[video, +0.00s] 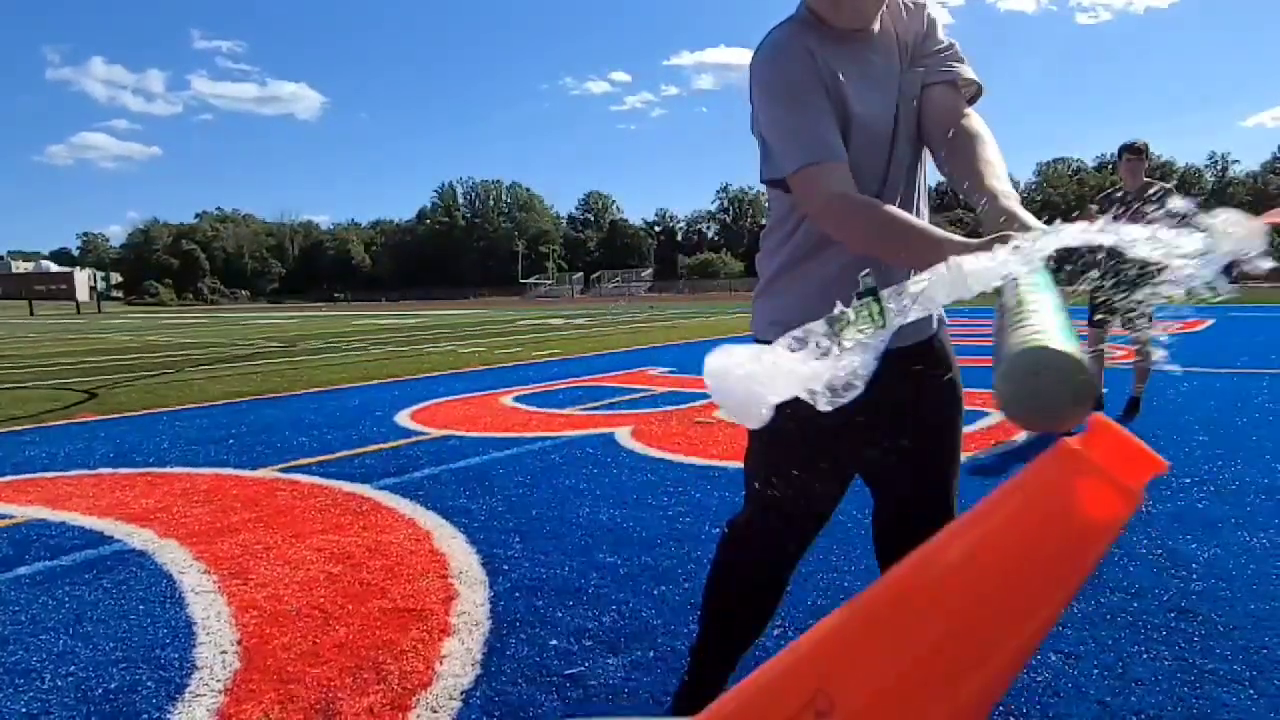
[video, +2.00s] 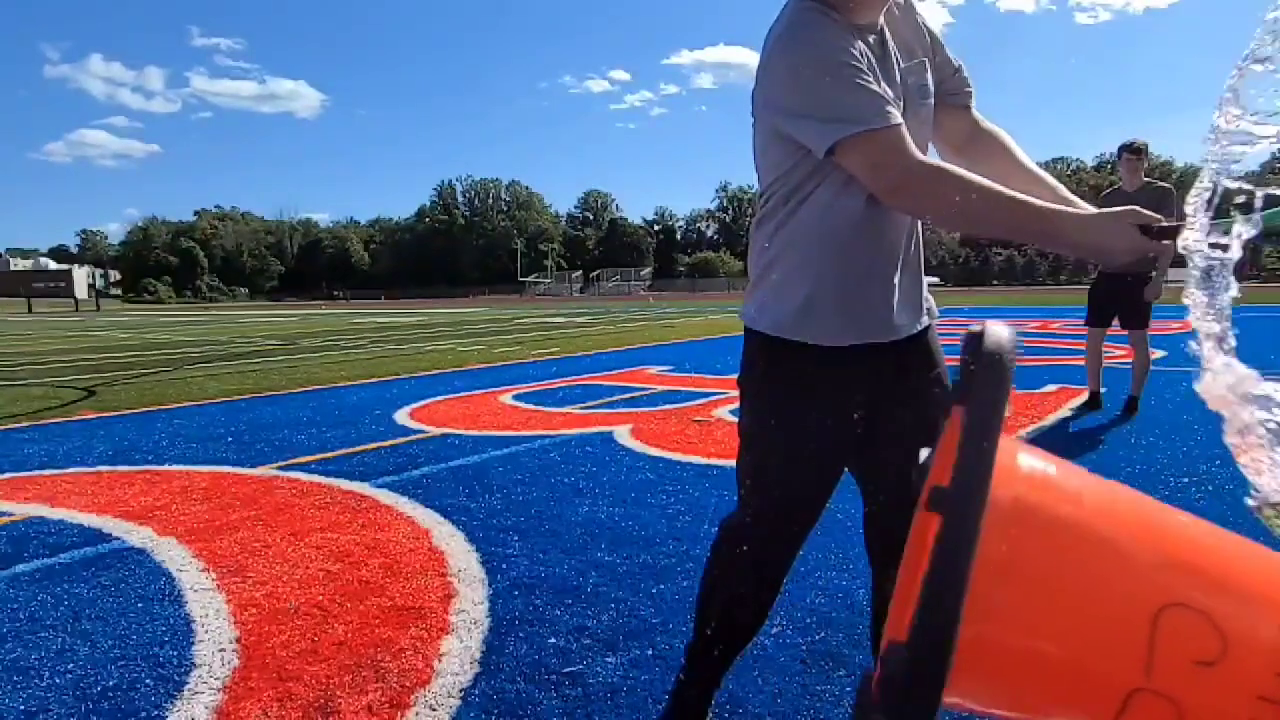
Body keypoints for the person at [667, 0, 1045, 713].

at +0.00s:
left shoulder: (915, 18)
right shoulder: (787, 57)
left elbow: (954, 126)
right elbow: (832, 205)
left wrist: (1000, 201)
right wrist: (979, 263)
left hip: (912, 335)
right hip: (810, 345)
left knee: (923, 545)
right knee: (769, 537)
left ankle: (935, 695)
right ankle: (697, 701)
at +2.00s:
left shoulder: (907, 19)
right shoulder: (807, 42)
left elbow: (965, 132)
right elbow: (903, 180)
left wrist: (1087, 217)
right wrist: (1077, 236)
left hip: (900, 339)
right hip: (802, 345)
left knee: (912, 533)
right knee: (768, 531)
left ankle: (900, 693)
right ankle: (692, 698)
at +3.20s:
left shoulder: (905, 36)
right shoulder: (824, 31)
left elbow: (950, 154)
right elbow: (921, 170)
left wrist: (1067, 221)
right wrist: (1080, 217)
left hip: (893, 339)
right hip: (796, 341)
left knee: (905, 547)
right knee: (765, 530)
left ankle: (897, 708)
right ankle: (688, 698)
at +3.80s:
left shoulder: (896, 33)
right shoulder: (828, 33)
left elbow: (926, 181)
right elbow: (935, 168)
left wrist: (1030, 219)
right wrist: (1086, 211)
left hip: (889, 335)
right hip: (797, 336)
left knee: (904, 551)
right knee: (762, 534)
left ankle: (896, 707)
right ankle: (686, 700)